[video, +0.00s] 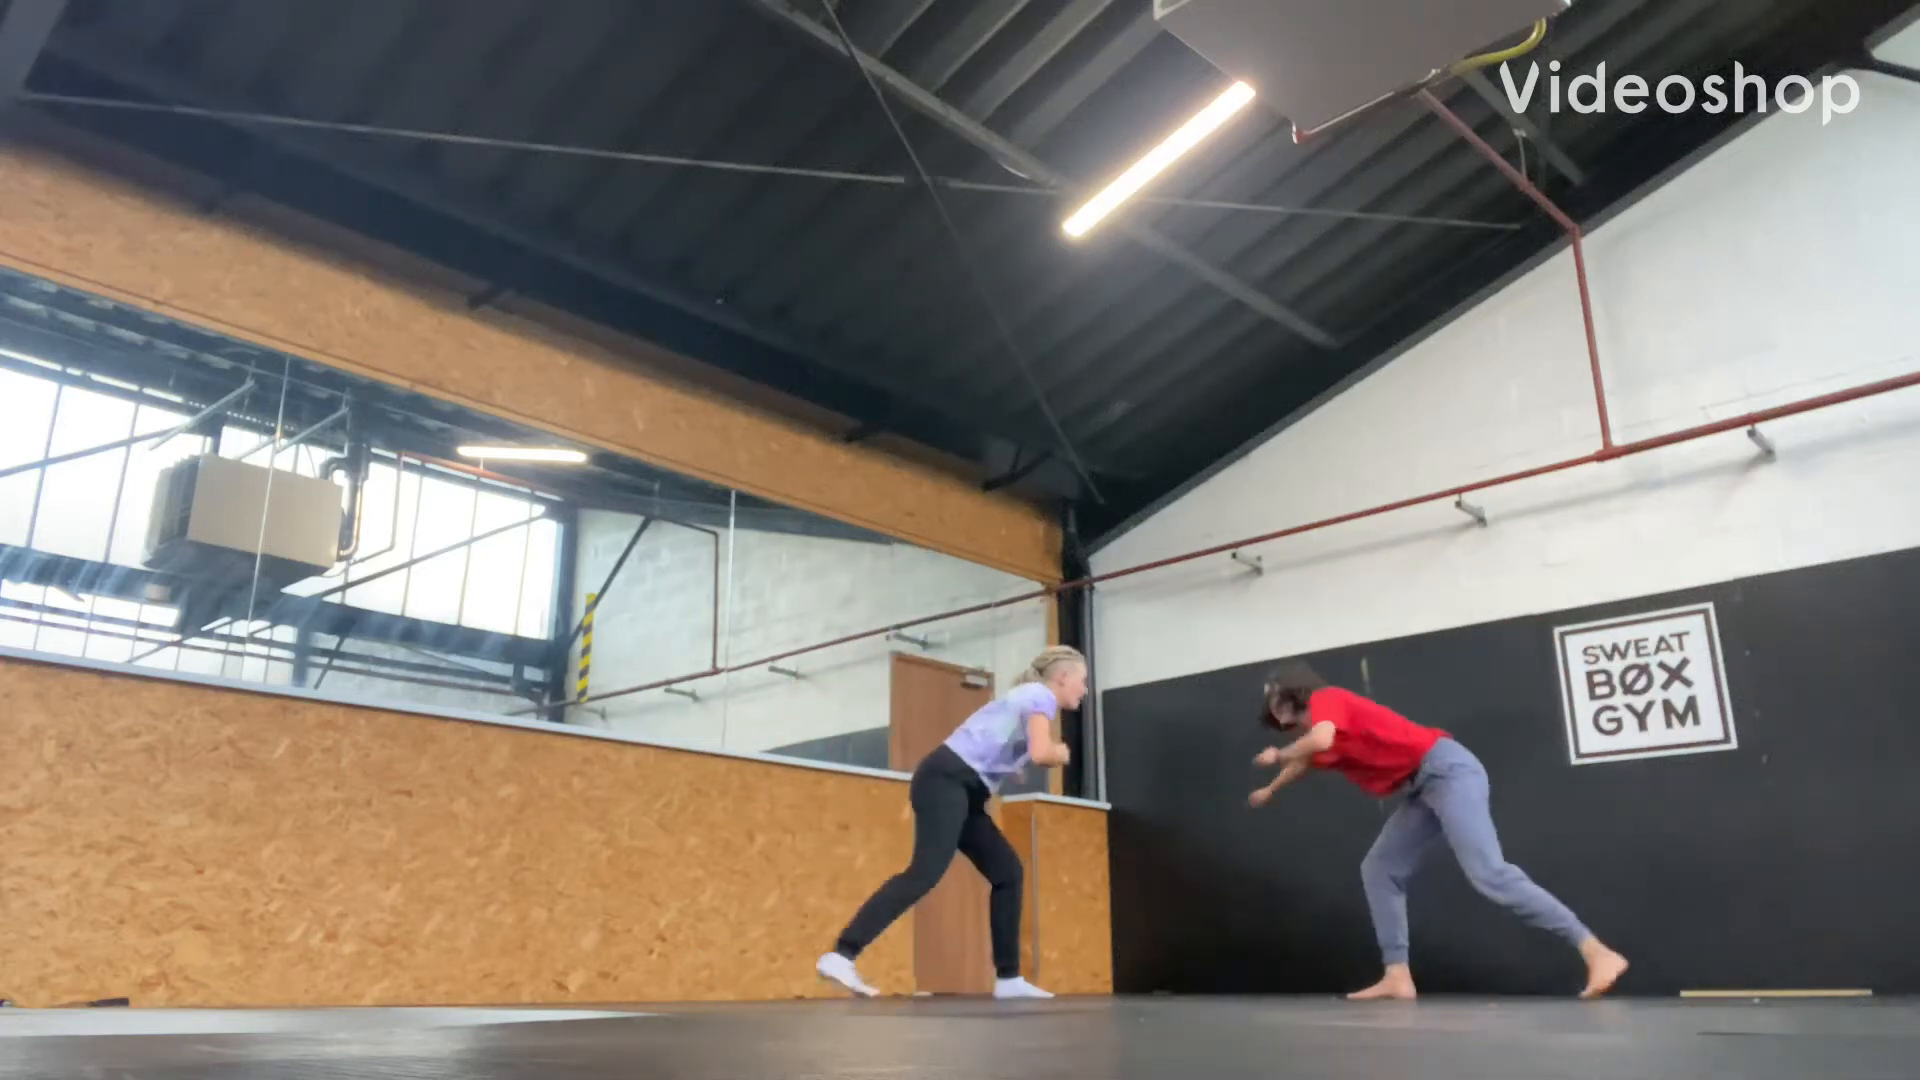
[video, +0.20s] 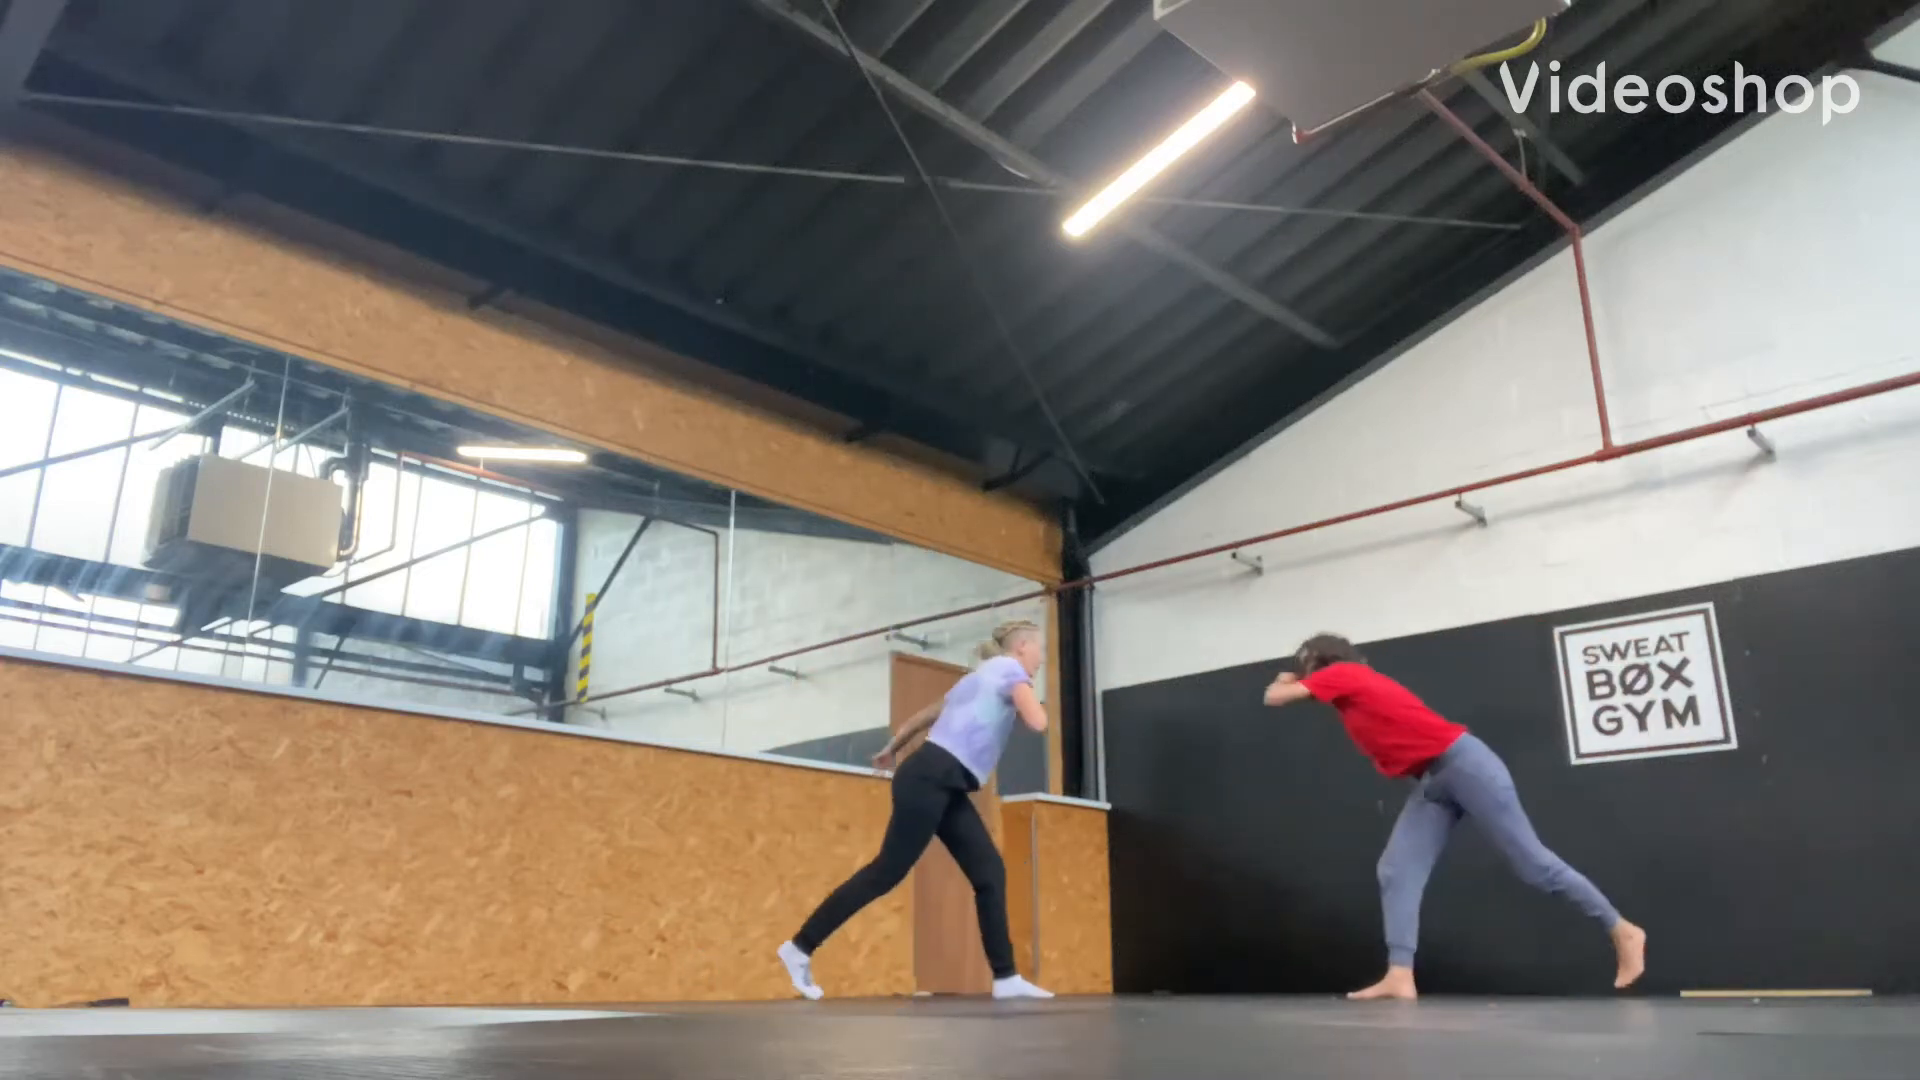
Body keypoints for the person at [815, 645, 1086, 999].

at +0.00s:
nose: (1085, 691)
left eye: (1086, 683)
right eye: (1082, 681)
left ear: (1056, 679)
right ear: (1061, 677)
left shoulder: (1030, 699)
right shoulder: (1039, 695)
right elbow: (1040, 751)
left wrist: (1050, 752)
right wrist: (1062, 753)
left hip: (965, 795)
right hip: (945, 780)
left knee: (1007, 873)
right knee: (925, 873)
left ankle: (1009, 981)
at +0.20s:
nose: (1042, 657)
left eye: (1042, 649)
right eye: (1040, 649)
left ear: (1010, 647)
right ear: (1022, 646)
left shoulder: (977, 676)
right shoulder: (1010, 670)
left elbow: (924, 717)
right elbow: (1038, 722)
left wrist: (891, 749)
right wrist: (1029, 695)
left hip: (945, 787)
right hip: (929, 777)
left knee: (989, 873)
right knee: (886, 871)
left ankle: (1006, 980)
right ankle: (798, 949)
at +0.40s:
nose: (999, 664)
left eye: (1000, 656)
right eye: (996, 654)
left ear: (968, 654)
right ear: (974, 652)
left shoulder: (935, 686)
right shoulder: (955, 681)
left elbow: (888, 732)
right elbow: (960, 740)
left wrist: (849, 777)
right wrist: (982, 728)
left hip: (924, 805)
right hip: (900, 800)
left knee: (991, 869)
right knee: (868, 899)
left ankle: (1007, 974)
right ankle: (784, 970)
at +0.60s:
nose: (1013, 655)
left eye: (1013, 647)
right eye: (1010, 646)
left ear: (977, 647)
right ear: (991, 643)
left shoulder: (947, 684)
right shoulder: (987, 670)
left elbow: (902, 742)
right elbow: (1015, 727)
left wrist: (903, 789)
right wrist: (1009, 704)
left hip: (939, 794)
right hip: (926, 787)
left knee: (1000, 872)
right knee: (890, 886)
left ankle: (1019, 978)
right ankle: (800, 958)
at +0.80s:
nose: (1056, 661)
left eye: (1056, 653)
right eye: (1052, 652)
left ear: (1023, 652)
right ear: (1030, 650)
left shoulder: (1002, 680)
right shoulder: (1023, 675)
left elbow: (972, 740)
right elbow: (1063, 728)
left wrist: (1001, 775)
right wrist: (1049, 704)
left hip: (966, 787)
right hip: (953, 783)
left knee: (1022, 871)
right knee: (982, 876)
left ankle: (1022, 979)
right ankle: (894, 941)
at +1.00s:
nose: (1059, 638)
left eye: (1063, 631)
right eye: (1053, 629)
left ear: (1058, 636)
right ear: (1028, 629)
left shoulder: (1025, 678)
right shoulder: (1022, 657)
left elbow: (1024, 748)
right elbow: (1043, 697)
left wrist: (1076, 743)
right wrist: (1080, 702)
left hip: (1004, 791)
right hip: (972, 780)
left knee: (1044, 875)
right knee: (993, 863)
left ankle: (1023, 979)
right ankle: (950, 962)